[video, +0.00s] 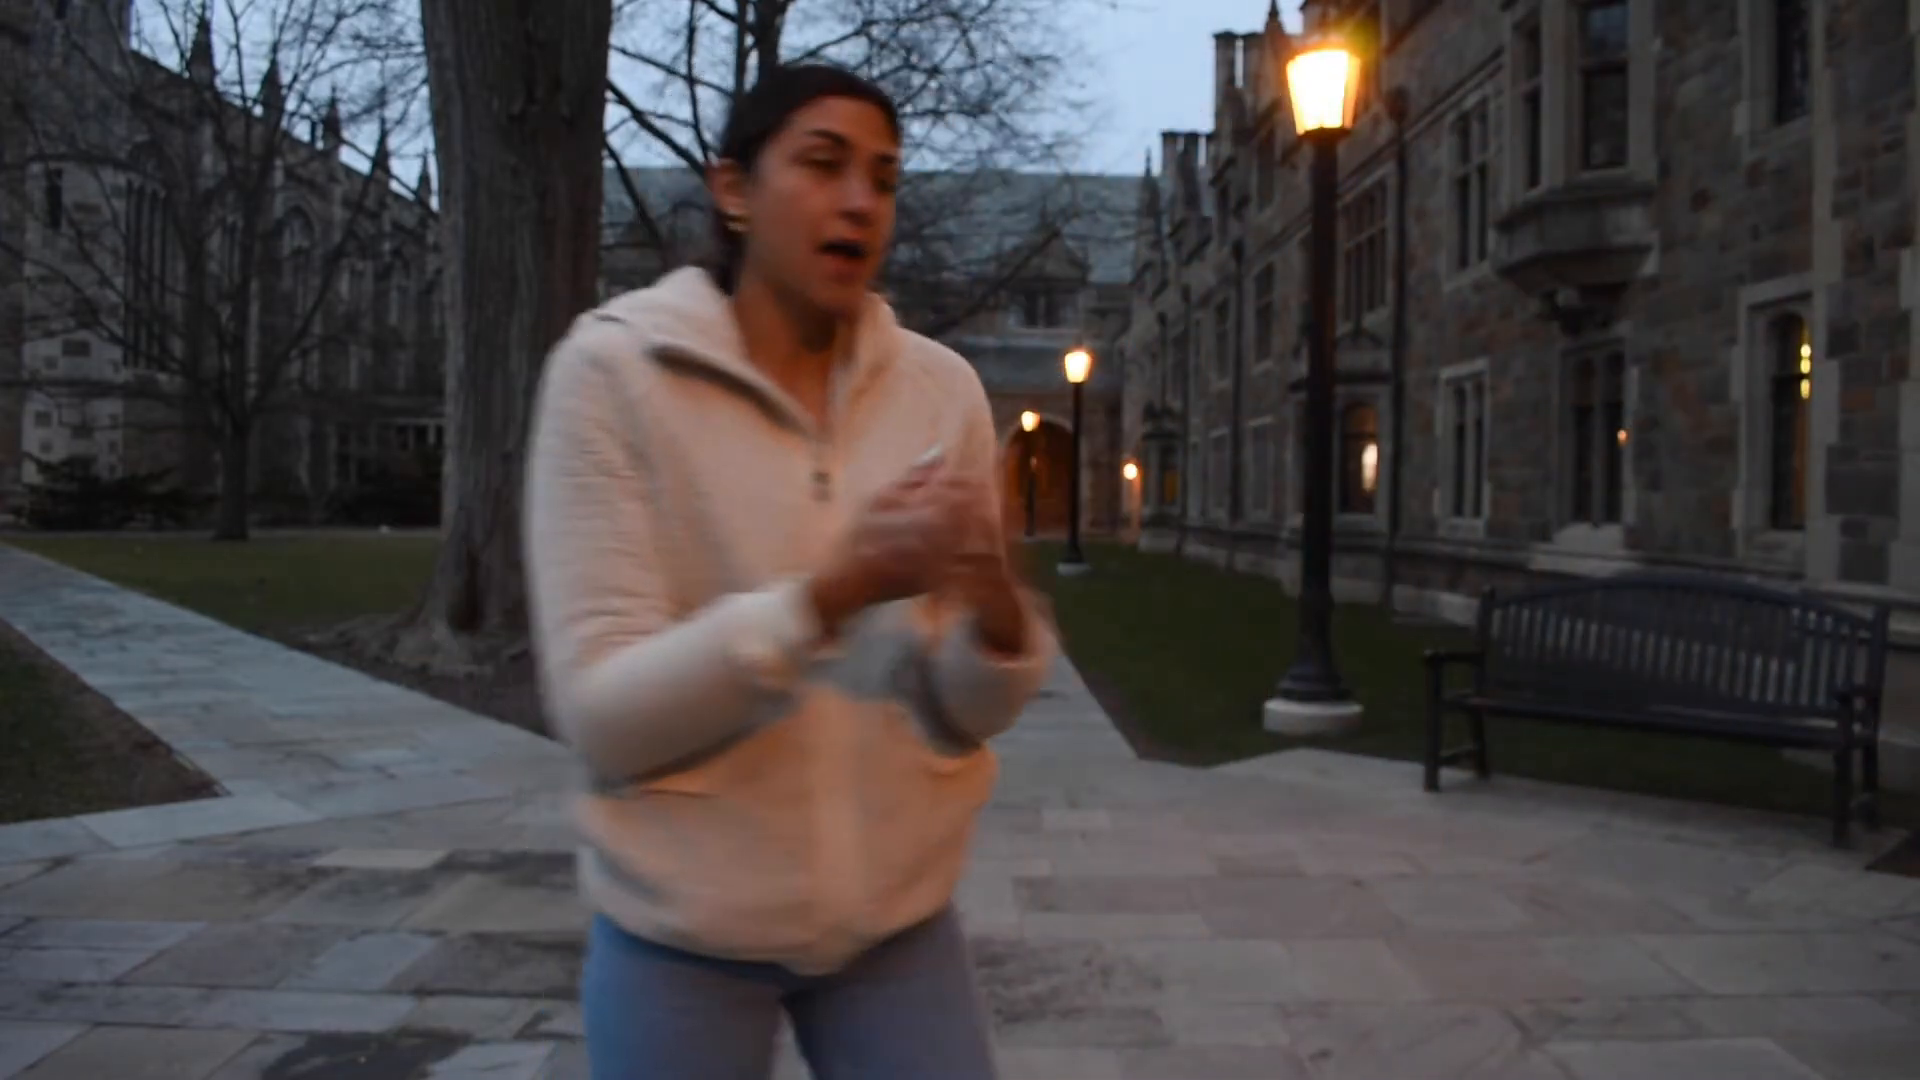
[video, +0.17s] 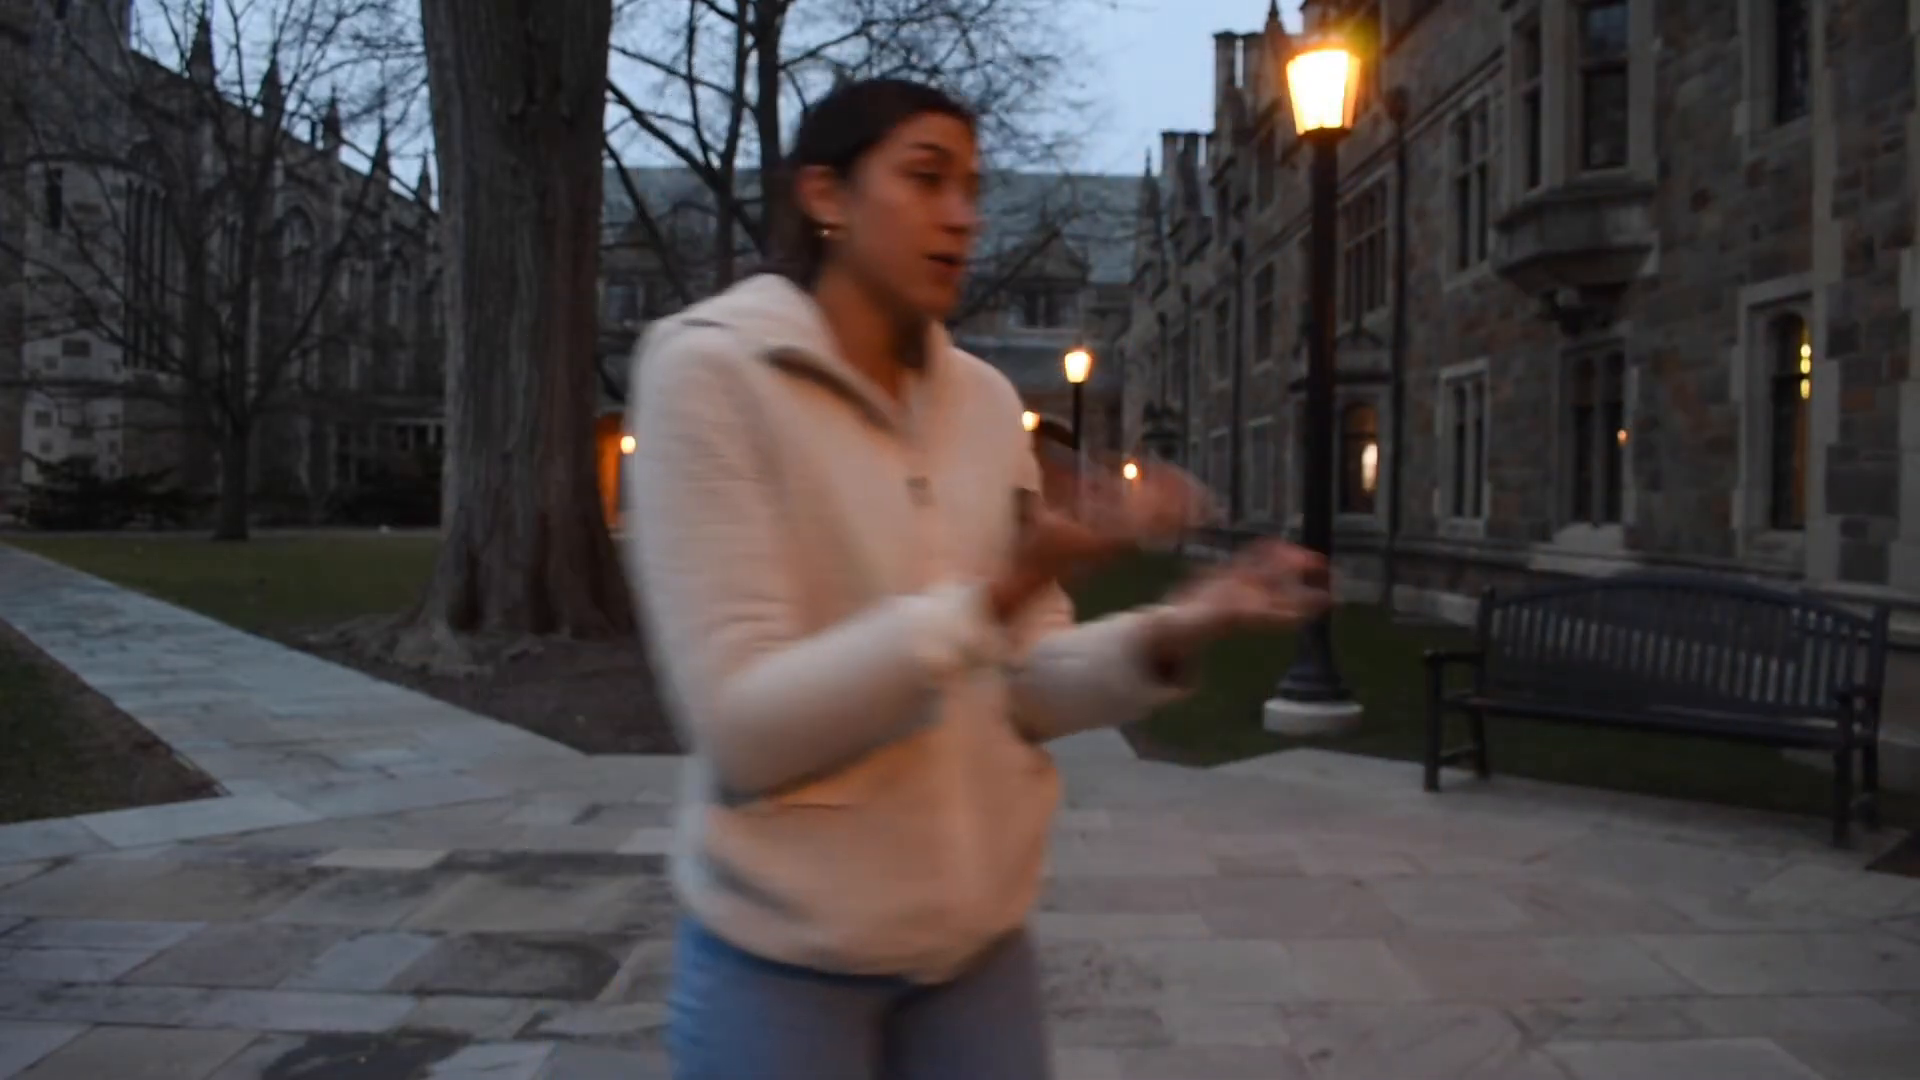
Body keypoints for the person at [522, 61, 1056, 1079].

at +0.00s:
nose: (862, 204)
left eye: (882, 179)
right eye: (821, 163)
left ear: (895, 210)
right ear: (732, 189)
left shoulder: (941, 389)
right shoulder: (612, 372)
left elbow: (970, 712)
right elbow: (604, 719)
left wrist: (995, 606)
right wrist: (839, 587)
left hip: (896, 920)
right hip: (679, 931)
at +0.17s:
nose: (964, 217)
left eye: (971, 189)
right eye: (926, 176)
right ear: (823, 198)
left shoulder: (984, 401)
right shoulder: (705, 371)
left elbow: (1022, 692)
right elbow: (742, 734)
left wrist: (1173, 628)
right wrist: (999, 595)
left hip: (979, 943)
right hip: (780, 956)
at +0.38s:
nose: (1094, 225)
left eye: (1086, 192)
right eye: (1056, 187)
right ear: (953, 204)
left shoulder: (1050, 404)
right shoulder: (848, 382)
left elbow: (1082, 693)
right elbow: (910, 744)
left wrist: (1286, 631)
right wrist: (1181, 653)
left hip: (1066, 935)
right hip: (915, 948)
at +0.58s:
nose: (1213, 227)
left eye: (1204, 192)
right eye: (1178, 187)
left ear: (1092, 209)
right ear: (1080, 202)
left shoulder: (1070, 373)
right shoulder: (1007, 374)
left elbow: (1101, 703)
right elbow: (1073, 743)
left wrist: (1348, 650)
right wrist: (1340, 650)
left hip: (1077, 952)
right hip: (1027, 964)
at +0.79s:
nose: (1338, 234)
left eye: (1332, 200)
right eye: (1311, 194)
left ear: (1221, 208)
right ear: (1213, 204)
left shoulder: (1167, 368)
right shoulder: (1165, 375)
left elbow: (1258, 686)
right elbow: (1235, 755)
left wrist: (1494, 658)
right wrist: (1493, 659)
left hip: (1150, 964)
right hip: (1152, 976)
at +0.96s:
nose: (1454, 230)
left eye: (1447, 191)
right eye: (1428, 189)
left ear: (1336, 206)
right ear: (1328, 204)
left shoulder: (1285, 379)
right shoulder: (1306, 390)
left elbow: (1408, 682)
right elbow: (1392, 777)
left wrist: (1641, 655)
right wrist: (1634, 667)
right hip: (1300, 984)